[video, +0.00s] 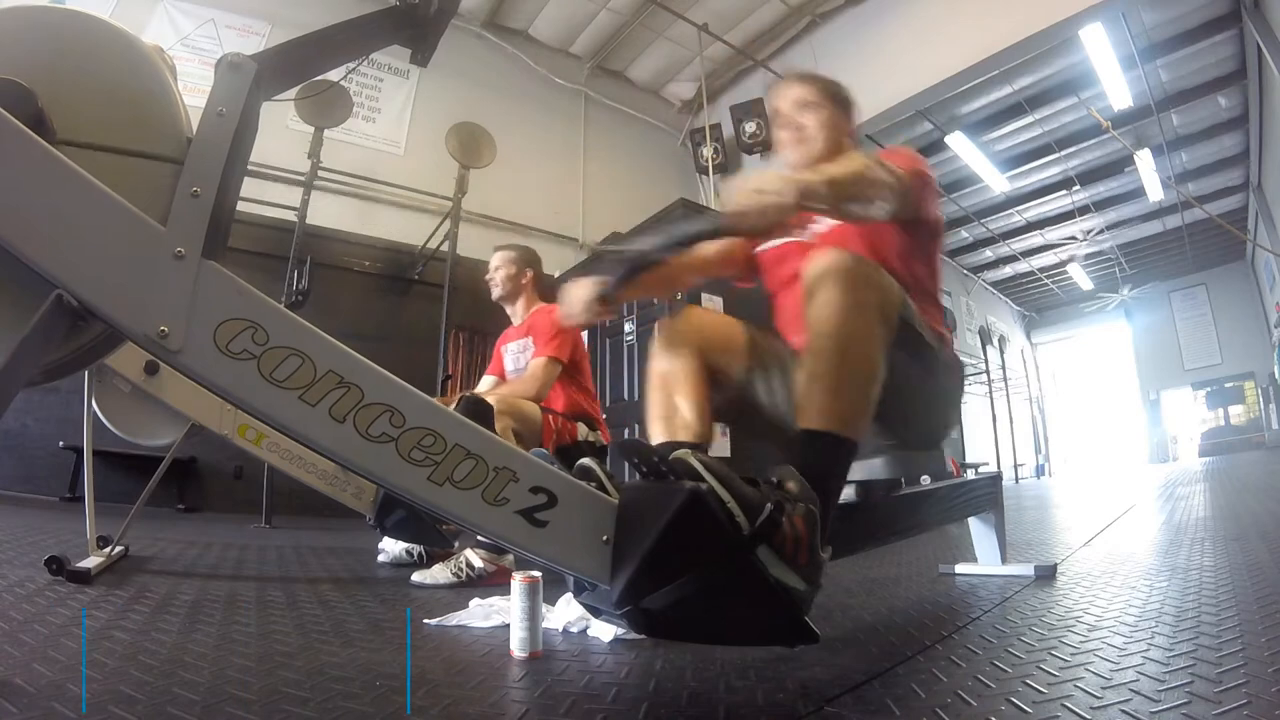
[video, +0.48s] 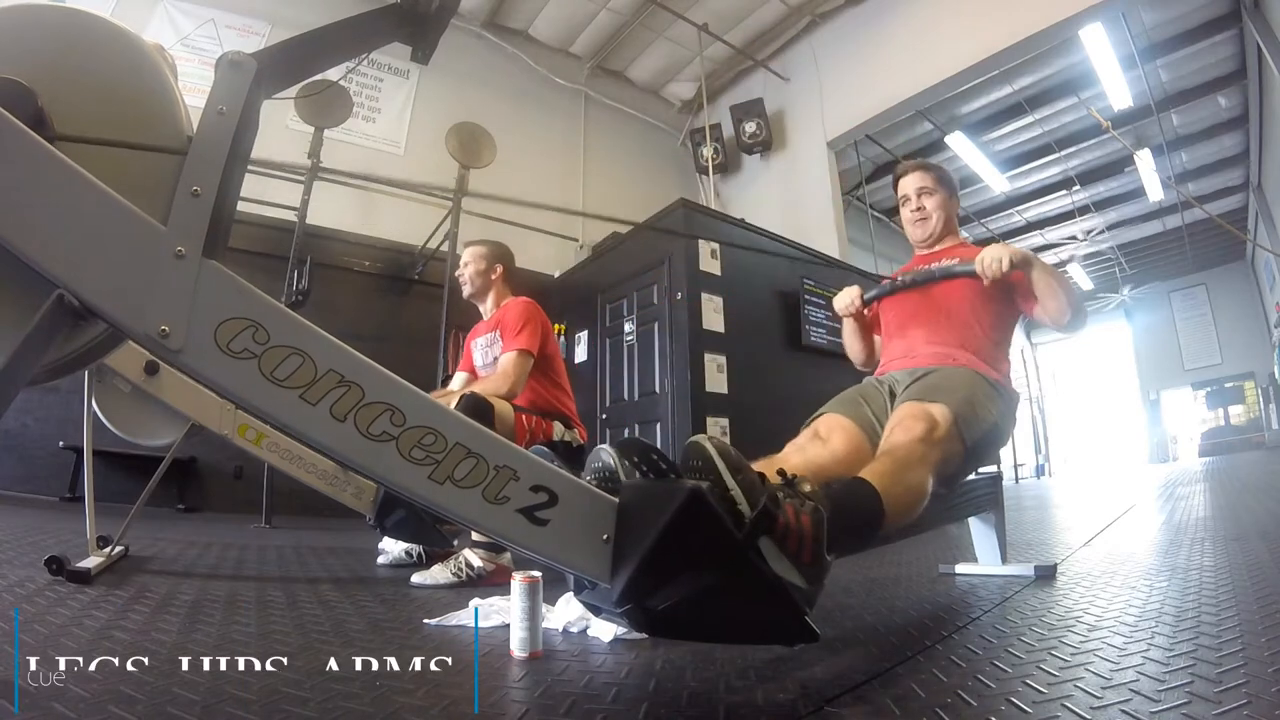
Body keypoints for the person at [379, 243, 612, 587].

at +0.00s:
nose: (488, 277)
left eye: (497, 269)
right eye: (489, 271)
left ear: (526, 276)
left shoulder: (553, 315)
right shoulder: (505, 339)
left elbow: (535, 387)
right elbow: (482, 392)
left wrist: (469, 404)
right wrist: (438, 407)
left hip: (578, 430)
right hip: (527, 427)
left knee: (493, 410)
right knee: (446, 410)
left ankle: (493, 553)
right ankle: (432, 535)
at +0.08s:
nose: (482, 277)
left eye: (490, 269)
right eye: (482, 271)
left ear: (519, 275)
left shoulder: (547, 314)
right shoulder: (499, 339)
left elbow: (530, 385)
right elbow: (474, 392)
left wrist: (460, 403)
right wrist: (429, 407)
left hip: (573, 429)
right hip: (521, 427)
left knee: (487, 408)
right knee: (448, 412)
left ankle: (491, 553)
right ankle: (431, 536)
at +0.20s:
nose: (471, 276)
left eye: (479, 267)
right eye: (472, 269)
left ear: (509, 274)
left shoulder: (536, 313)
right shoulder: (490, 336)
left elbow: (520, 383)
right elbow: (466, 391)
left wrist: (460, 398)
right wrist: (427, 404)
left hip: (566, 429)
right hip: (516, 427)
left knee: (475, 408)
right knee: (440, 412)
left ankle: (488, 552)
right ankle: (426, 535)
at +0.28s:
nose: (468, 275)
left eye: (476, 267)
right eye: (469, 268)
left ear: (505, 273)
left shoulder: (532, 311)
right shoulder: (485, 337)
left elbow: (516, 383)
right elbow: (463, 390)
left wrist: (444, 401)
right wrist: (417, 404)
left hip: (563, 429)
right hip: (511, 426)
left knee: (476, 406)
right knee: (429, 414)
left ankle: (490, 553)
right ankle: (422, 537)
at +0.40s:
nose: (461, 273)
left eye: (469, 265)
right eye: (462, 267)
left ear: (499, 272)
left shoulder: (525, 310)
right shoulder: (478, 335)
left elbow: (510, 382)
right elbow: (457, 389)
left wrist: (448, 398)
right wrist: (415, 405)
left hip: (559, 429)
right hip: (509, 426)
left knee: (474, 405)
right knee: (428, 413)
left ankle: (488, 553)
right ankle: (422, 536)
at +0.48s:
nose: (458, 273)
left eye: (467, 264)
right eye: (460, 266)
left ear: (496, 271)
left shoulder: (522, 310)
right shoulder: (475, 335)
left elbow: (508, 383)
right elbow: (455, 389)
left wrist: (445, 398)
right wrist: (414, 405)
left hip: (557, 429)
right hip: (506, 425)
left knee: (473, 405)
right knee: (429, 410)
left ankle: (488, 552)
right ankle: (421, 536)